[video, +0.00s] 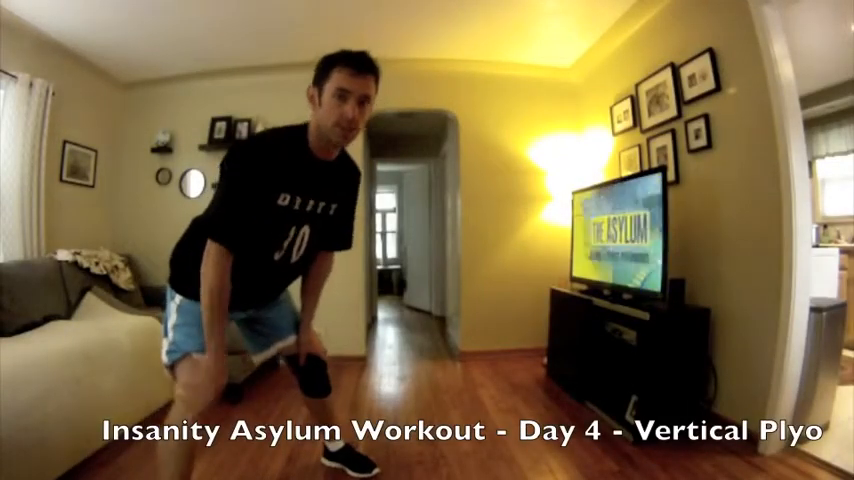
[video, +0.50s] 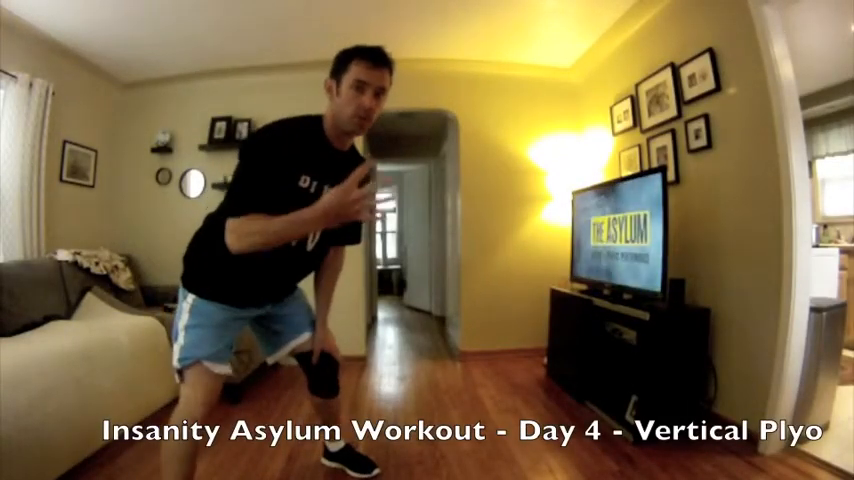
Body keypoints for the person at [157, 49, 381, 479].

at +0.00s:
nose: (351, 113)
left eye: (362, 103)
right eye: (341, 97)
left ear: (371, 110)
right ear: (313, 97)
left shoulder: (345, 176)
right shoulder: (257, 154)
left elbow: (323, 254)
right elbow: (217, 251)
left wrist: (306, 325)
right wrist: (215, 352)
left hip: (262, 287)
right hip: (201, 285)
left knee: (313, 366)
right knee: (200, 386)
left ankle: (334, 446)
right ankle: (171, 474)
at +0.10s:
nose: (354, 107)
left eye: (365, 97)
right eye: (345, 91)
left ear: (373, 104)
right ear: (317, 91)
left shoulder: (347, 172)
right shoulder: (258, 148)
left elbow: (327, 251)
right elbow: (210, 244)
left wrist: (313, 325)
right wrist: (242, 338)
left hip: (268, 288)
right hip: (207, 287)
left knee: (319, 368)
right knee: (198, 400)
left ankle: (336, 446)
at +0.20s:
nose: (357, 104)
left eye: (367, 95)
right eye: (347, 88)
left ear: (375, 103)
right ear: (319, 89)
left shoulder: (350, 171)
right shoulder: (261, 145)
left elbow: (330, 256)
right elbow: (215, 240)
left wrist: (318, 325)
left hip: (278, 291)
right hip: (213, 287)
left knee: (323, 369)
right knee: (201, 398)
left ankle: (335, 446)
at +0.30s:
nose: (360, 104)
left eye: (371, 95)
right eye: (350, 88)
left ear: (378, 103)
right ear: (322, 89)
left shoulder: (353, 172)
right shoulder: (266, 144)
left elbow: (333, 251)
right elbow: (226, 240)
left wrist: (321, 325)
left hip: (275, 286)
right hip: (214, 284)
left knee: (325, 367)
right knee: (202, 396)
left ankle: (335, 447)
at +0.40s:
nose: (364, 104)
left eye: (374, 95)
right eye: (354, 89)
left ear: (381, 103)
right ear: (326, 89)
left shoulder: (353, 169)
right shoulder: (270, 143)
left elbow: (334, 251)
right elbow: (234, 239)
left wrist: (322, 324)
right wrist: (323, 203)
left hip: (276, 285)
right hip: (216, 283)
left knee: (324, 367)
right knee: (201, 395)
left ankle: (335, 446)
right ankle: (173, 476)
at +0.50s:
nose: (369, 104)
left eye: (379, 95)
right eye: (360, 88)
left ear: (384, 102)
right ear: (331, 88)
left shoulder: (355, 170)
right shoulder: (273, 141)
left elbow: (334, 249)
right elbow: (237, 236)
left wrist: (321, 322)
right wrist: (324, 214)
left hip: (276, 285)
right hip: (216, 284)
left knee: (323, 365)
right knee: (201, 394)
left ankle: (335, 447)